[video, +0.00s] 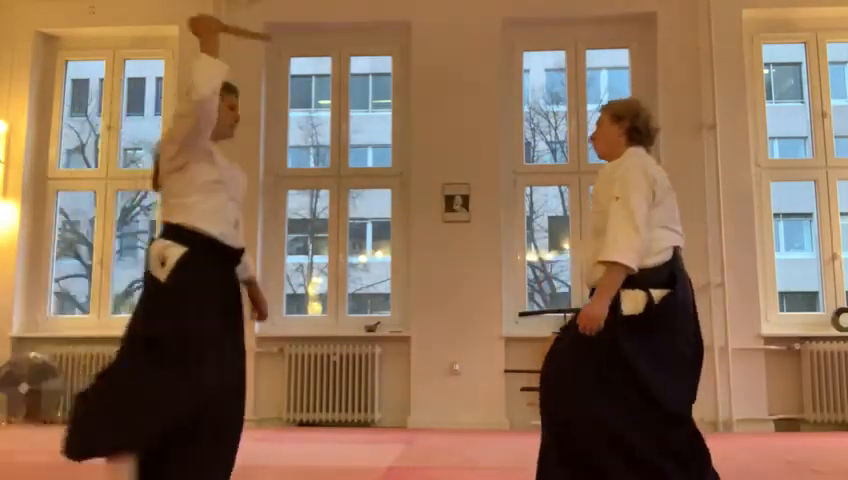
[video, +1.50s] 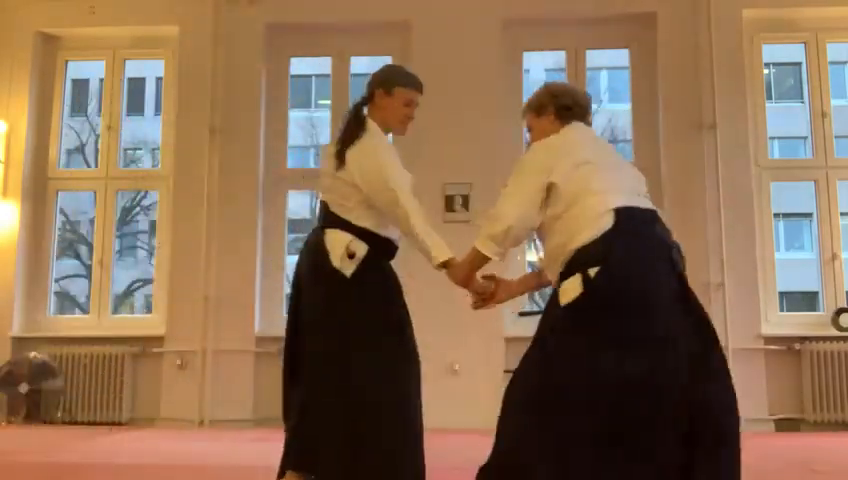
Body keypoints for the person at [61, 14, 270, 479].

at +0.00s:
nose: (234, 111)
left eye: (236, 104)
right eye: (228, 102)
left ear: (231, 112)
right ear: (207, 104)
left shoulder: (227, 167)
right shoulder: (183, 149)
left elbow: (230, 234)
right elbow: (202, 99)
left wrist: (251, 283)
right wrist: (209, 49)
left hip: (219, 269)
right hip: (185, 261)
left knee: (222, 376)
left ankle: (202, 466)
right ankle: (101, 418)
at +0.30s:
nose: (323, 123)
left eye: (323, 115)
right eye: (316, 115)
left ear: (316, 124)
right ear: (293, 118)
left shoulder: (306, 171)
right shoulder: (285, 162)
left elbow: (315, 236)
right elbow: (288, 126)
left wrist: (345, 279)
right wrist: (267, 67)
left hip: (314, 279)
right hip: (297, 280)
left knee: (269, 383)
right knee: (358, 377)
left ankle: (180, 455)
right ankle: (393, 464)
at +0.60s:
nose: (360, 116)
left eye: (361, 112)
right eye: (346, 119)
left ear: (369, 120)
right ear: (332, 144)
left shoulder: (391, 157)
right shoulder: (346, 149)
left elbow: (431, 182)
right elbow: (340, 84)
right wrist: (340, 28)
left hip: (397, 255)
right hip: (352, 254)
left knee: (410, 357)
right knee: (339, 363)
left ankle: (397, 459)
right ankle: (281, 455)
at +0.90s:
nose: (366, 103)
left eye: (369, 96)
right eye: (356, 96)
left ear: (372, 103)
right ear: (330, 100)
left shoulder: (383, 145)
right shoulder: (325, 137)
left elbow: (411, 188)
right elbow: (293, 122)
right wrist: (276, 79)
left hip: (390, 255)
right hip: (347, 253)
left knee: (388, 366)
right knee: (345, 367)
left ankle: (372, 466)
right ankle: (301, 466)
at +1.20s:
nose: (376, 105)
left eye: (379, 99)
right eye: (368, 96)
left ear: (376, 103)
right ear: (341, 96)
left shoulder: (362, 147)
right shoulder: (336, 146)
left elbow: (388, 211)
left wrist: (420, 255)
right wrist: (354, 254)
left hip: (370, 263)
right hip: (344, 267)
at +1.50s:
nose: (413, 113)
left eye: (415, 106)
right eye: (408, 103)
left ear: (380, 101)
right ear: (379, 97)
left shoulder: (355, 137)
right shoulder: (373, 146)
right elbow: (404, 206)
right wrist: (446, 260)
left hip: (327, 260)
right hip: (354, 267)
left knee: (327, 372)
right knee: (389, 370)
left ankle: (302, 467)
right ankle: (382, 470)